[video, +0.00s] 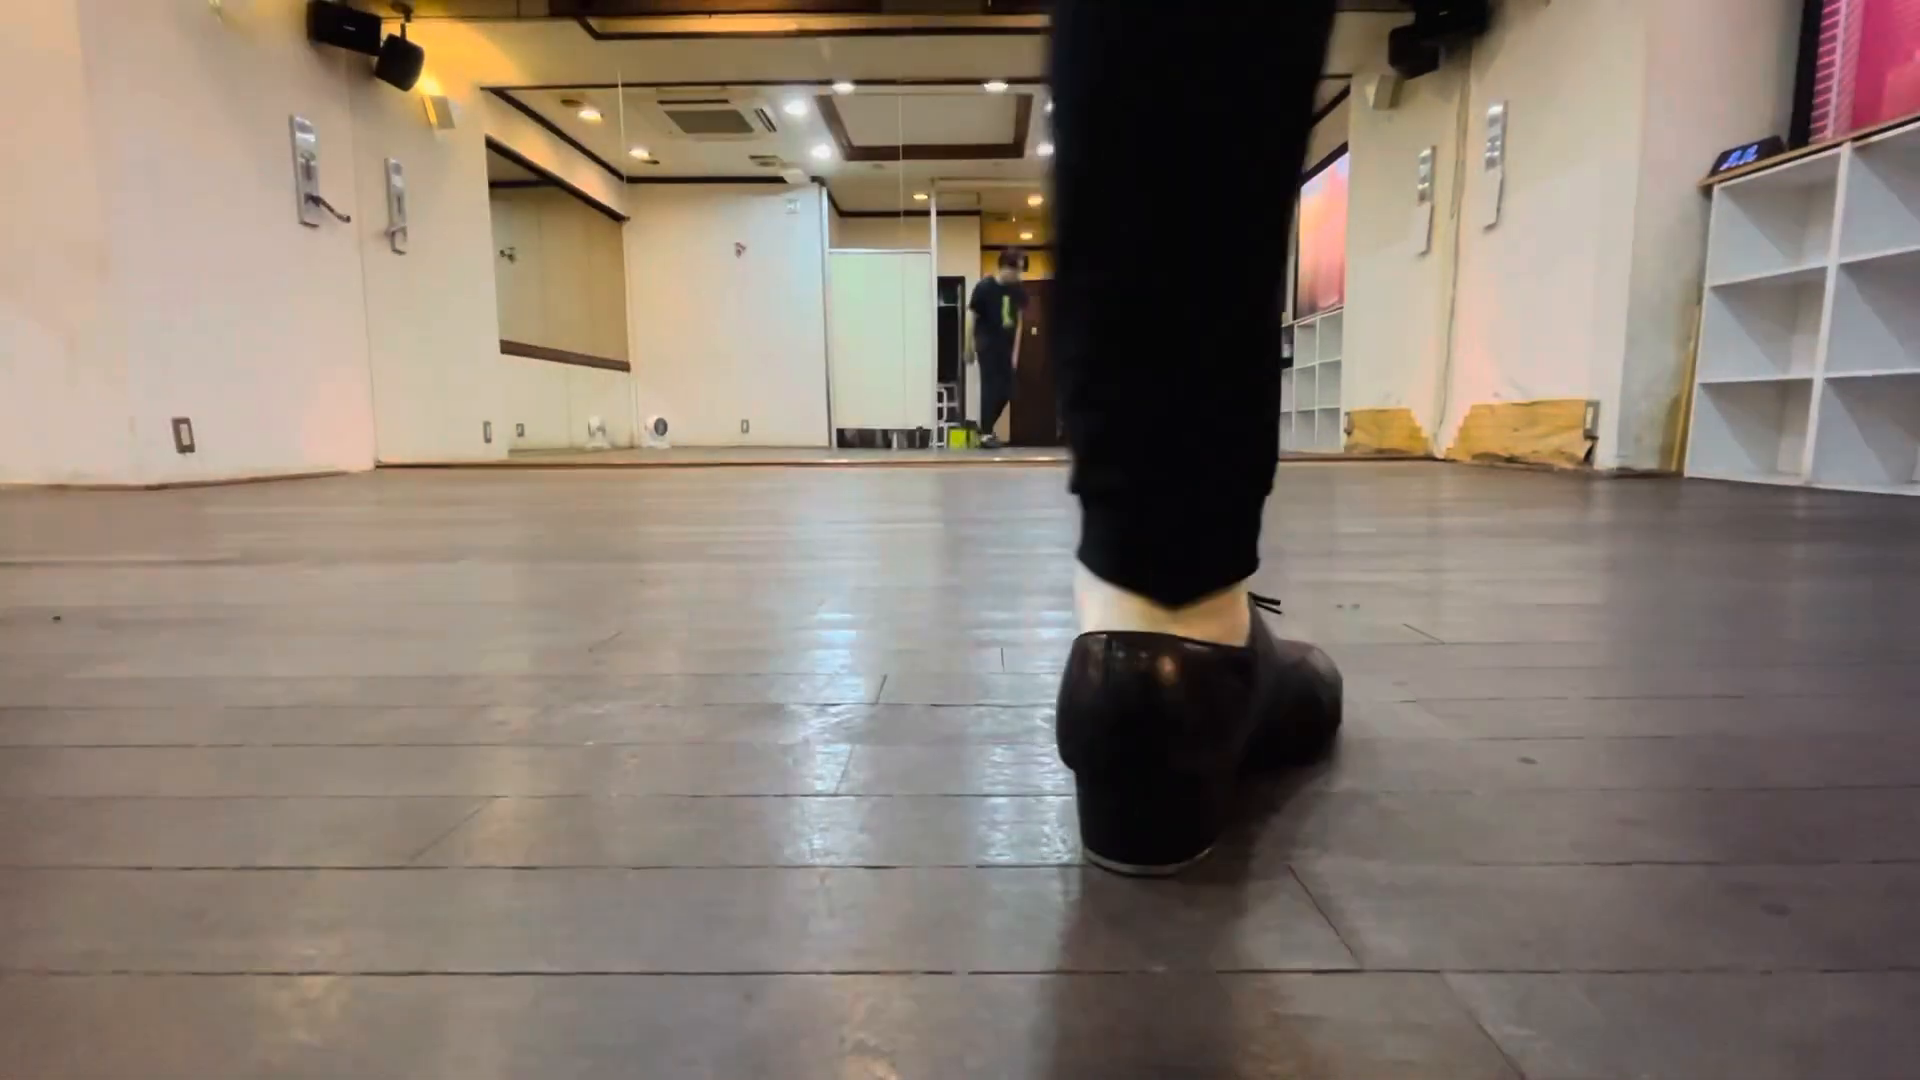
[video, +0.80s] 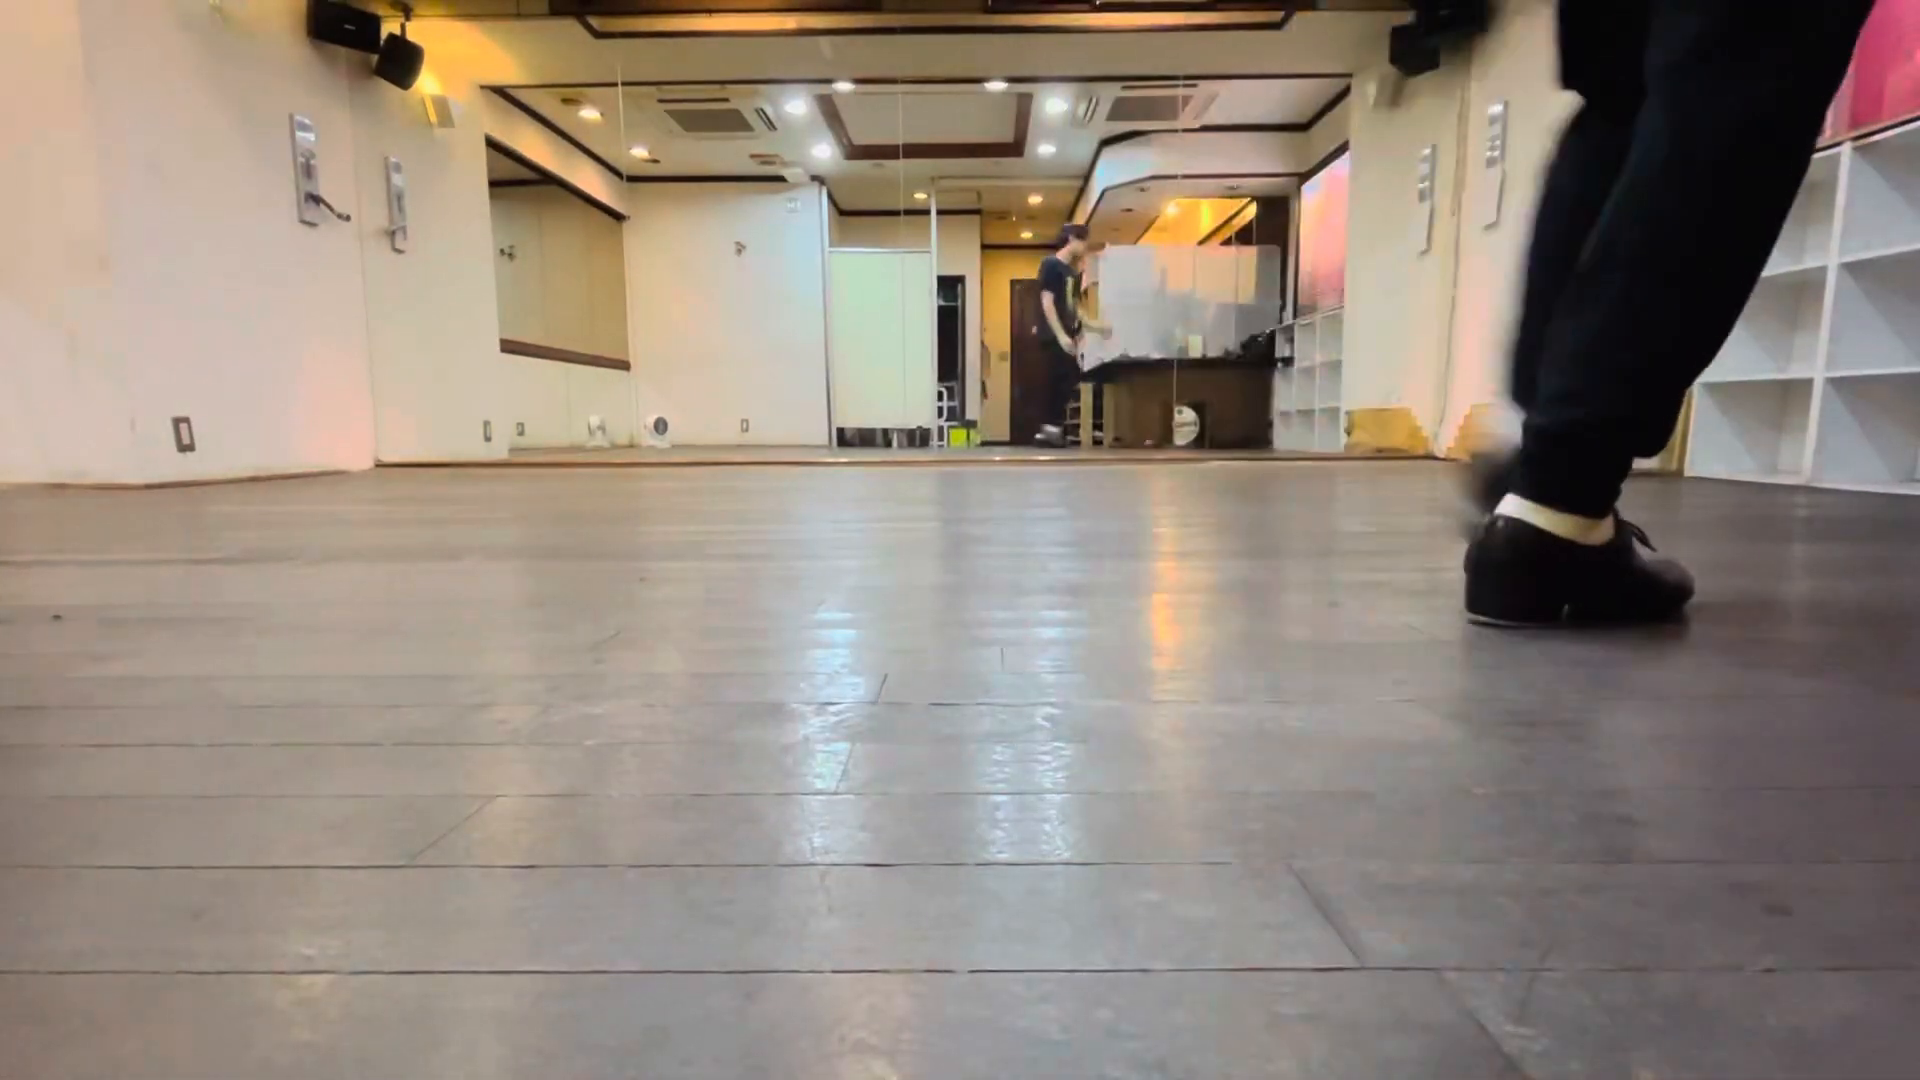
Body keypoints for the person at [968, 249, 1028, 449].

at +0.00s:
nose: (1018, 276)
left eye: (1020, 271)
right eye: (1015, 271)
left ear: (1019, 271)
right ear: (1004, 268)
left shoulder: (1017, 291)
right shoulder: (985, 287)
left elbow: (1019, 325)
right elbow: (971, 318)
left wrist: (1015, 352)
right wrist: (969, 347)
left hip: (1005, 346)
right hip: (986, 345)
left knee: (1005, 389)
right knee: (991, 387)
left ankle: (987, 428)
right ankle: (986, 431)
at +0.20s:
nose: (1030, 260)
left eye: (1031, 255)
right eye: (1027, 254)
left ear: (1020, 253)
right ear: (1015, 251)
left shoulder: (1021, 279)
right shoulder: (997, 278)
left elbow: (1020, 312)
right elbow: (988, 316)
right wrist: (987, 349)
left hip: (1016, 344)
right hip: (1000, 344)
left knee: (1020, 388)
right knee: (993, 387)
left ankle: (1004, 426)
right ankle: (987, 431)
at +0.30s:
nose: (1036, 255)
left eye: (1038, 251)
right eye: (1033, 250)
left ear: (1033, 252)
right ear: (1021, 248)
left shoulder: (1027, 277)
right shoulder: (1005, 275)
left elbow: (1025, 308)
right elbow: (998, 305)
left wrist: (1026, 330)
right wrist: (1003, 332)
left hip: (1020, 331)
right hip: (1004, 331)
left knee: (1025, 379)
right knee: (995, 382)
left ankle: (1023, 428)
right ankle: (986, 432)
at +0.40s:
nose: (1046, 256)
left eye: (1046, 251)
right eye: (1042, 251)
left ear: (1037, 252)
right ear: (1030, 250)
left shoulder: (1034, 278)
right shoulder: (1015, 275)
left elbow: (1032, 305)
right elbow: (1010, 301)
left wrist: (1034, 320)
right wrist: (1021, 323)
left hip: (1025, 337)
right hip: (1008, 337)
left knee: (1032, 383)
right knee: (1000, 383)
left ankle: (1038, 428)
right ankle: (987, 431)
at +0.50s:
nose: (1057, 253)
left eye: (1057, 248)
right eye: (1054, 248)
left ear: (1049, 250)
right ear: (1041, 248)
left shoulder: (1049, 280)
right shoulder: (1024, 271)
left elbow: (1055, 311)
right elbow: (1021, 299)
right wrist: (1040, 317)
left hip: (1041, 340)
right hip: (1021, 338)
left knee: (1042, 384)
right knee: (1011, 382)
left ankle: (1041, 431)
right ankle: (992, 429)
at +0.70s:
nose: (1073, 250)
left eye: (1074, 245)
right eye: (1071, 245)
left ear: (1066, 245)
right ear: (1060, 243)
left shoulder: (1063, 276)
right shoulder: (1041, 268)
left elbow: (1064, 307)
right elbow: (1039, 303)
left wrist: (1072, 333)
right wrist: (1061, 330)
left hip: (1059, 332)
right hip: (1043, 332)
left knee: (1059, 378)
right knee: (1051, 377)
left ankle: (1047, 429)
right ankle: (1041, 429)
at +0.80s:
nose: (1084, 249)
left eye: (1085, 244)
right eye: (1082, 243)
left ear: (1076, 242)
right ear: (1071, 240)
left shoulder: (1072, 272)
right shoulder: (1052, 265)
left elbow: (1073, 308)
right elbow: (1047, 302)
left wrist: (1094, 325)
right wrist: (1061, 335)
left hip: (1067, 333)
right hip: (1053, 334)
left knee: (1065, 377)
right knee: (1062, 376)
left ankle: (1056, 426)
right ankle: (1052, 426)